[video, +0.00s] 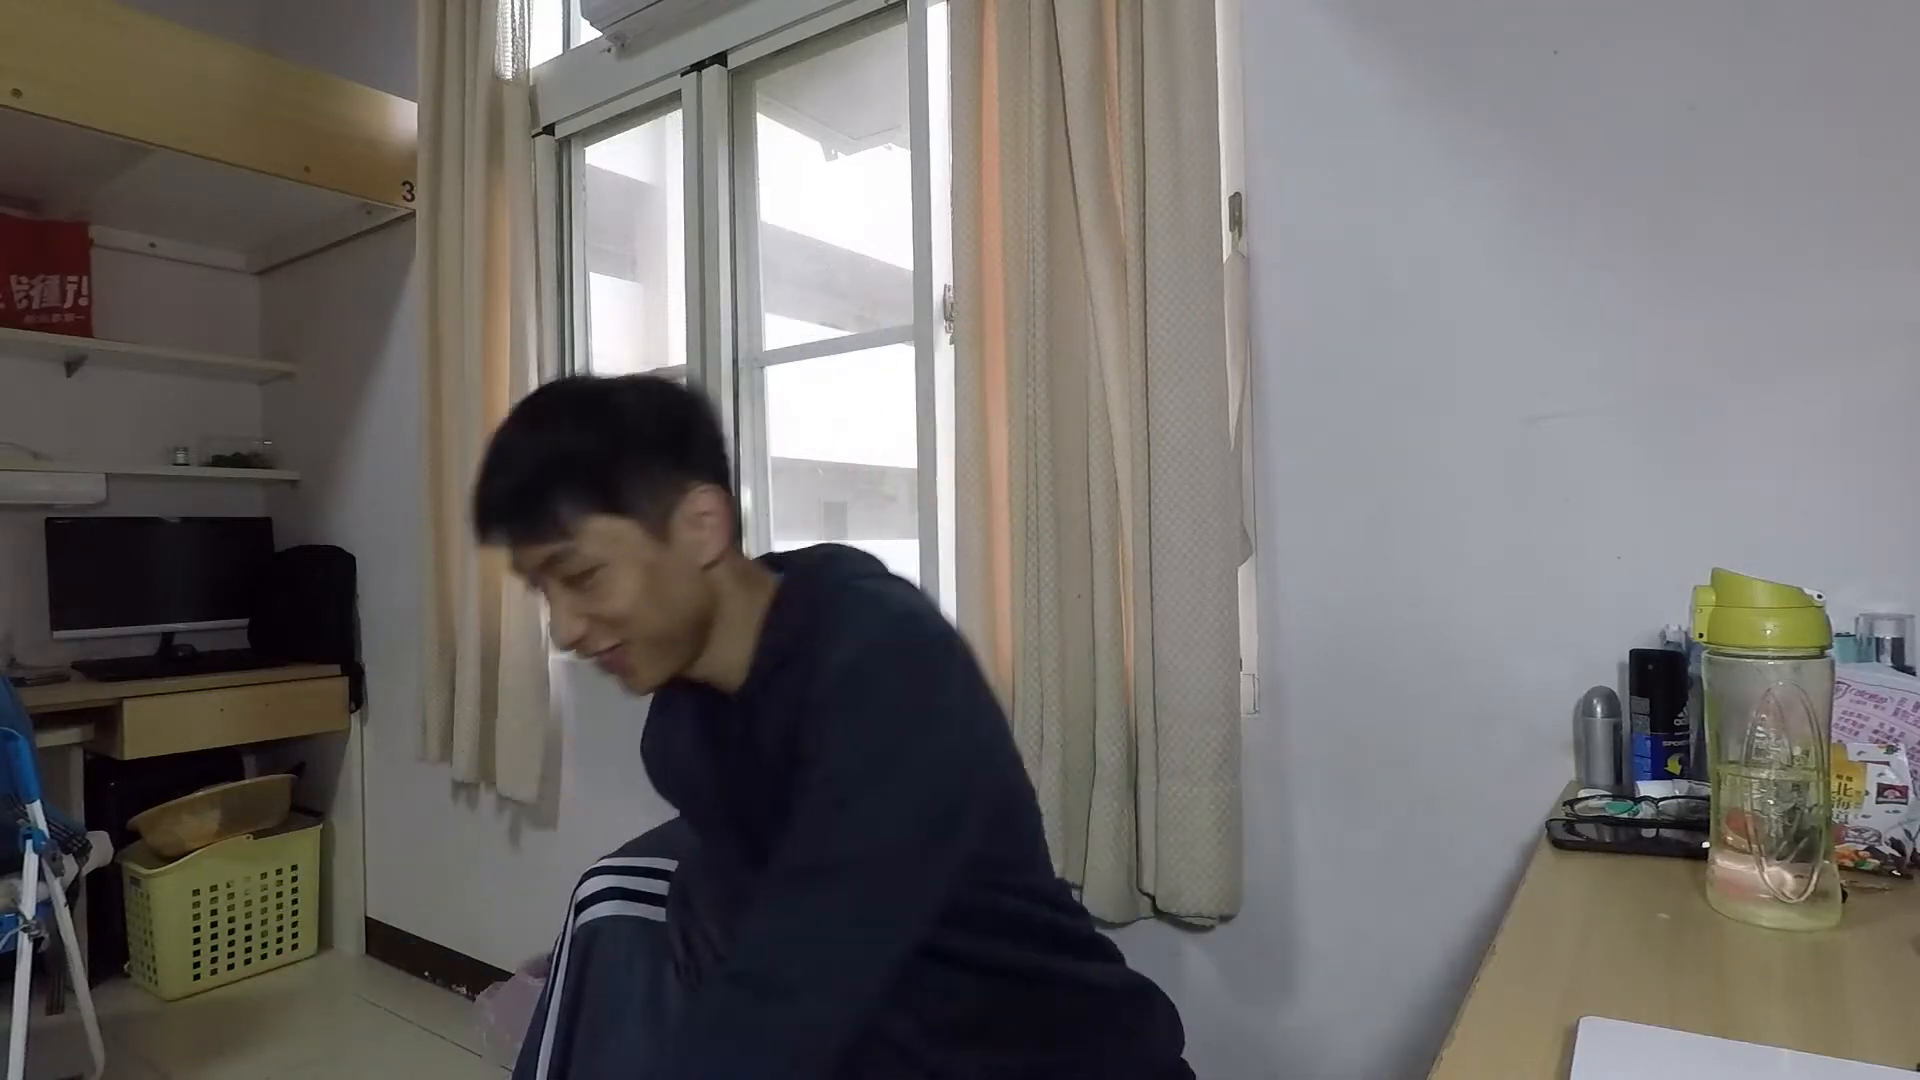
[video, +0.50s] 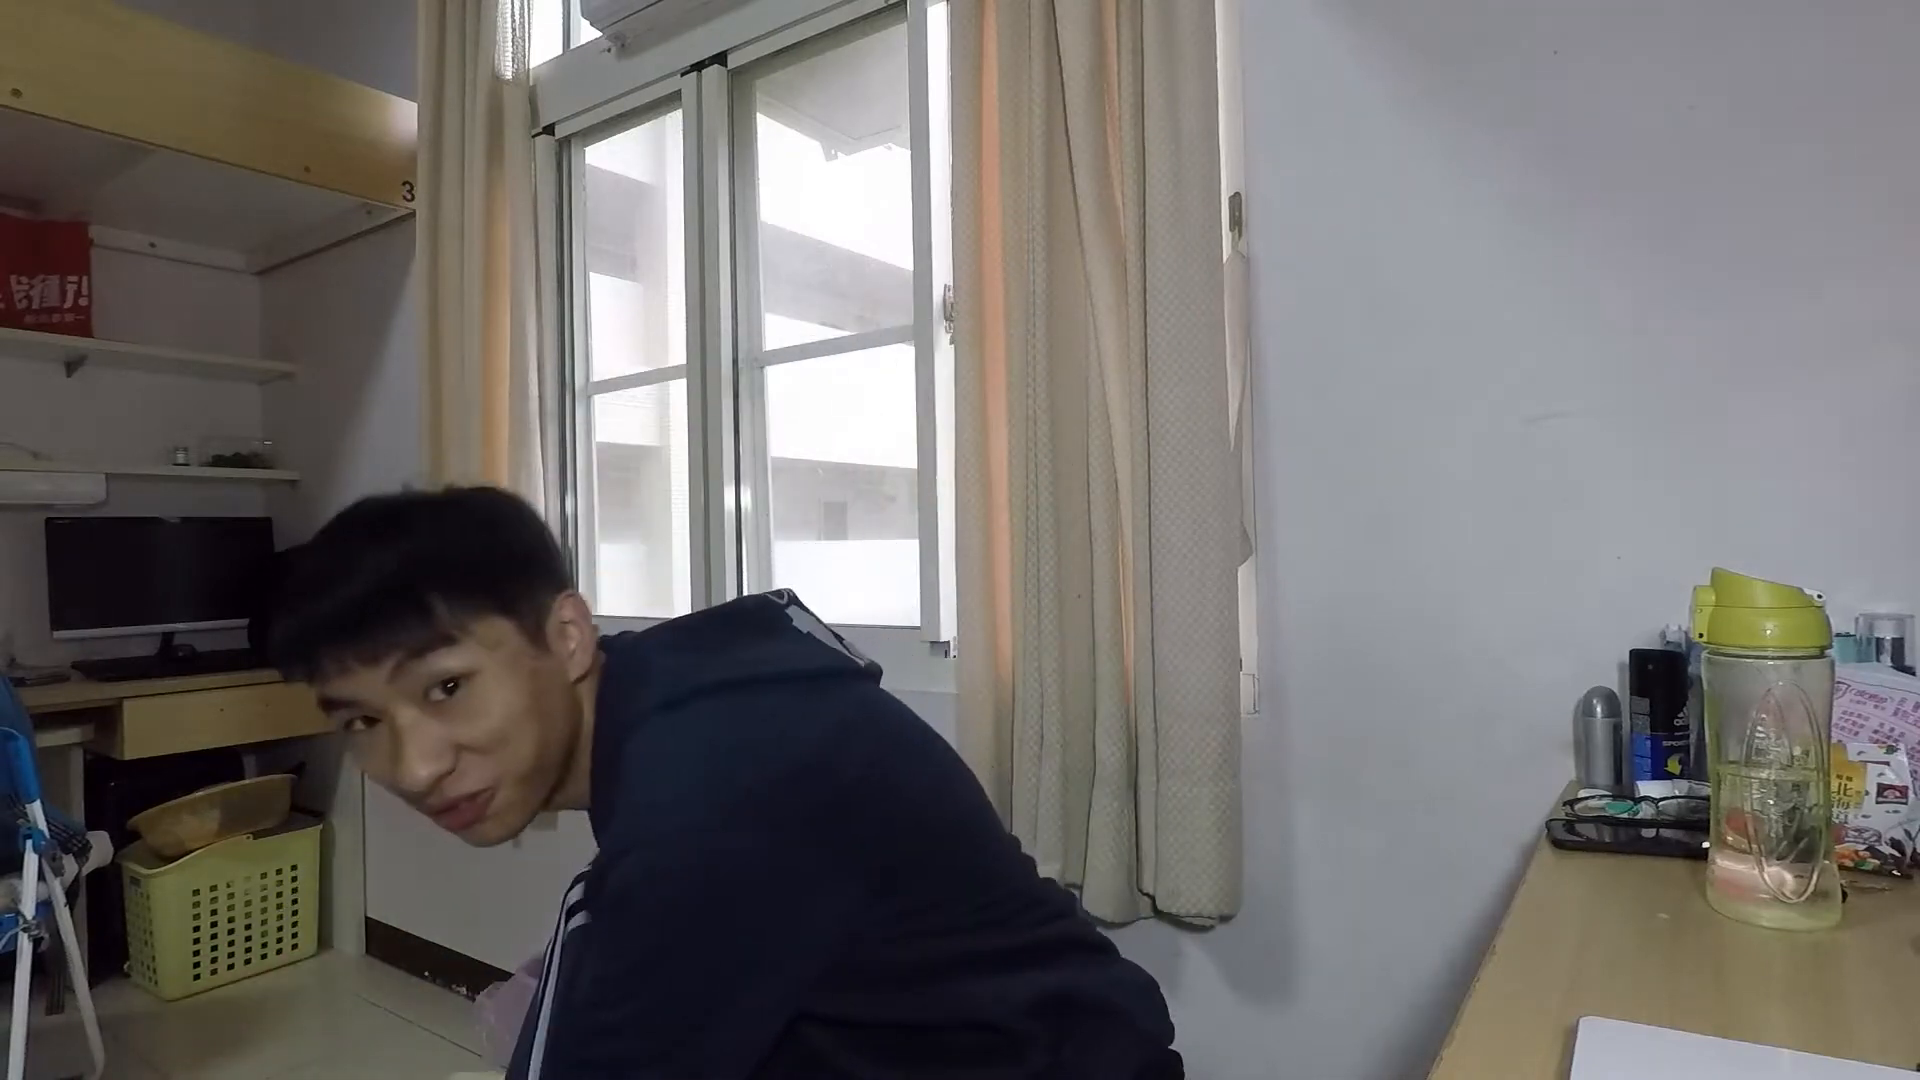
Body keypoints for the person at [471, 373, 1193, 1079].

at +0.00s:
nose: (564, 630)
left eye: (581, 576)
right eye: (541, 592)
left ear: (704, 526)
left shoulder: (882, 656)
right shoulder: (681, 732)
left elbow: (791, 1003)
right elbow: (741, 958)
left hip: (1060, 1045)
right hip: (890, 1039)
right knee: (617, 895)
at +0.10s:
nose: (485, 668)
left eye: (501, 612)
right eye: (462, 633)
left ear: (629, 563)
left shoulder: (795, 683)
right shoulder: (675, 729)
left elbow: (668, 1026)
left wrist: (575, 989)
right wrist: (570, 981)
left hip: (1061, 1050)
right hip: (931, 1045)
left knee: (620, 898)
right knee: (623, 886)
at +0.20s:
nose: (421, 716)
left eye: (440, 651)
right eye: (393, 681)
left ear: (572, 598)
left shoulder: (703, 764)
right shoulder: (716, 684)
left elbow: (560, 1068)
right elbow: (628, 903)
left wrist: (538, 1015)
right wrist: (553, 997)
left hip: (1028, 1060)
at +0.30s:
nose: (380, 758)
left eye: (398, 690)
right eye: (347, 724)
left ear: (540, 630)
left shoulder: (658, 812)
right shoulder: (694, 688)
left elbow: (564, 1063)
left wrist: (536, 1012)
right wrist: (565, 995)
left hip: (1036, 1054)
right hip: (1079, 1016)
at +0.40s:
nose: (389, 774)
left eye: (412, 699)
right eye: (344, 740)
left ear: (541, 639)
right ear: (327, 753)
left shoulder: (681, 801)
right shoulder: (669, 704)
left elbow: (565, 1064)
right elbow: (594, 925)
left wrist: (536, 1012)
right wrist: (556, 991)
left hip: (1048, 1053)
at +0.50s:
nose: (415, 767)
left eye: (446, 690)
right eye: (366, 726)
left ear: (566, 634)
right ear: (344, 736)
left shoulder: (707, 789)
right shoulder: (673, 701)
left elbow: (581, 1061)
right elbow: (597, 927)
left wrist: (535, 1022)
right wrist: (551, 1005)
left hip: (1054, 1052)